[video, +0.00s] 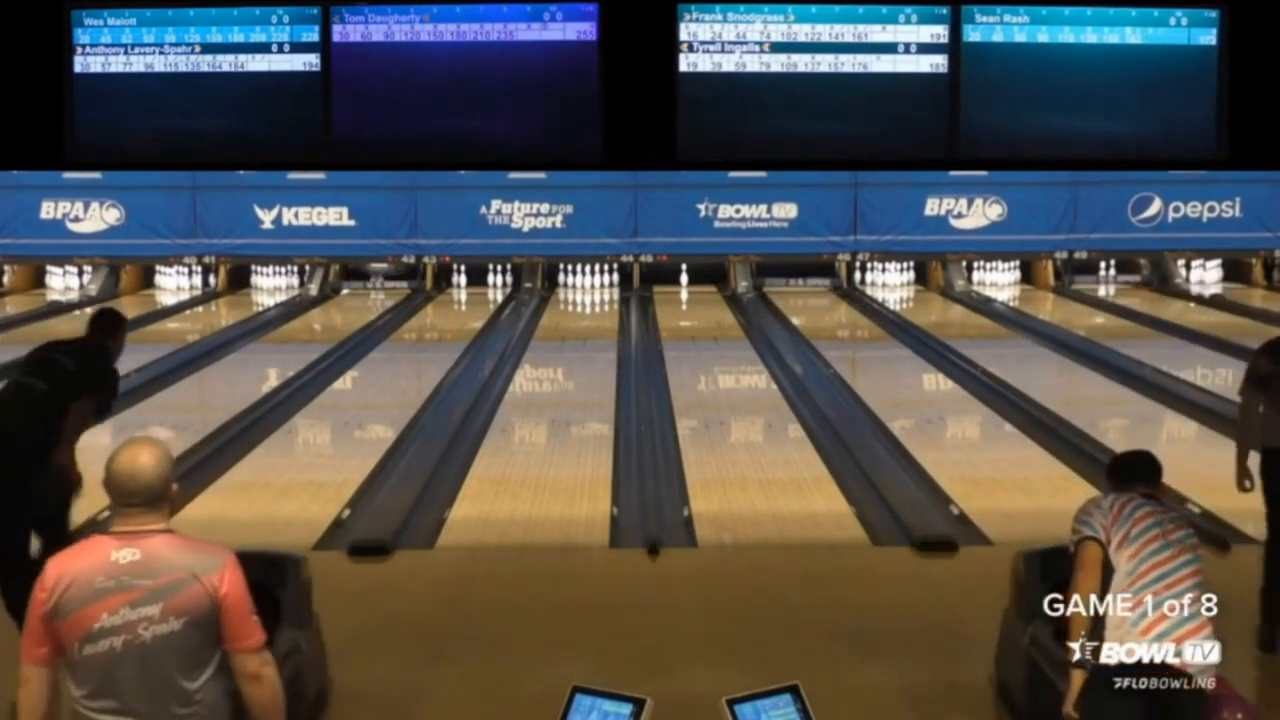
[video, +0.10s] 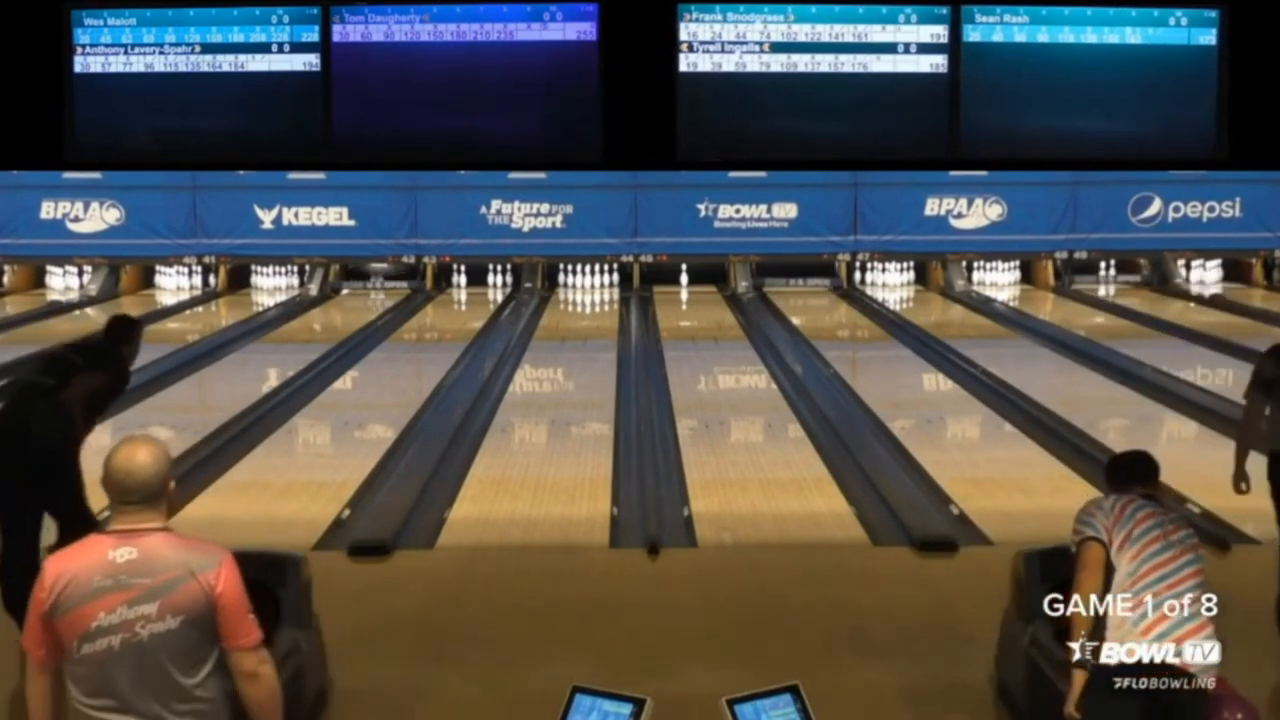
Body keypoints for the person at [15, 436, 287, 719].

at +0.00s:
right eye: (176, 484)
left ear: (106, 491)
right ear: (174, 493)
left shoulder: (58, 572)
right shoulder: (217, 565)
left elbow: (33, 683)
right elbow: (256, 673)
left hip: (95, 713)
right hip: (196, 711)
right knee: (296, 643)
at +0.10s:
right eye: (173, 483)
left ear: (105, 490)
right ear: (171, 490)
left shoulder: (57, 571)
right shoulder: (213, 563)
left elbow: (40, 676)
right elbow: (253, 670)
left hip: (96, 713)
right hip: (195, 712)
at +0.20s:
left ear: (108, 485)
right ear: (174, 486)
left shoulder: (61, 568)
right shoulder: (215, 562)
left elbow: (47, 672)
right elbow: (253, 668)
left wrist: (70, 714)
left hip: (99, 712)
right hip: (196, 712)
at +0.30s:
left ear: (116, 480)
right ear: (180, 484)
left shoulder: (69, 564)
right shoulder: (220, 562)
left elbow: (60, 669)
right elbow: (256, 668)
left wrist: (71, 709)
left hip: (103, 712)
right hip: (198, 712)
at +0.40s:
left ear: (127, 478)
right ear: (191, 482)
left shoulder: (80, 561)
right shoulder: (230, 562)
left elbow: (68, 661)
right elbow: (263, 667)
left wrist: (89, 710)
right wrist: (283, 715)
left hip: (112, 712)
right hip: (206, 712)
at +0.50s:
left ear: (136, 482)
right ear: (204, 483)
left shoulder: (93, 558)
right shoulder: (242, 561)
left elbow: (78, 663)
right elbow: (272, 666)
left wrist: (90, 713)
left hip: (124, 711)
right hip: (217, 710)